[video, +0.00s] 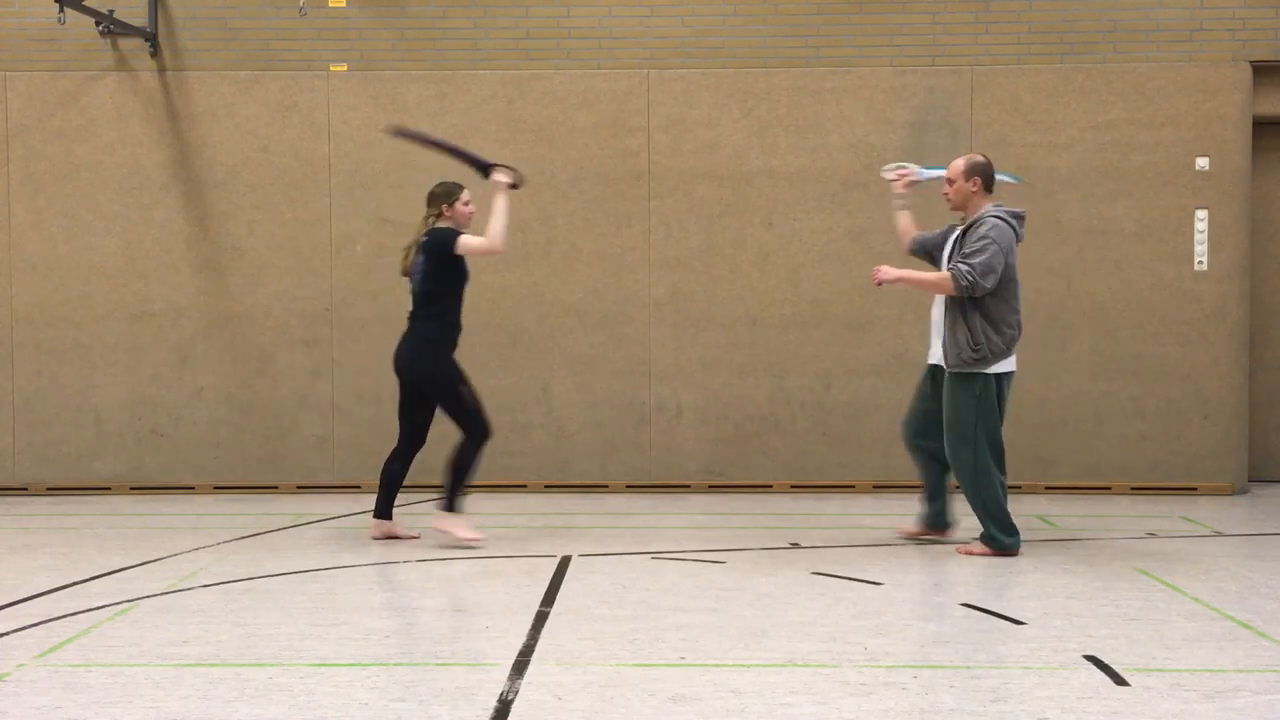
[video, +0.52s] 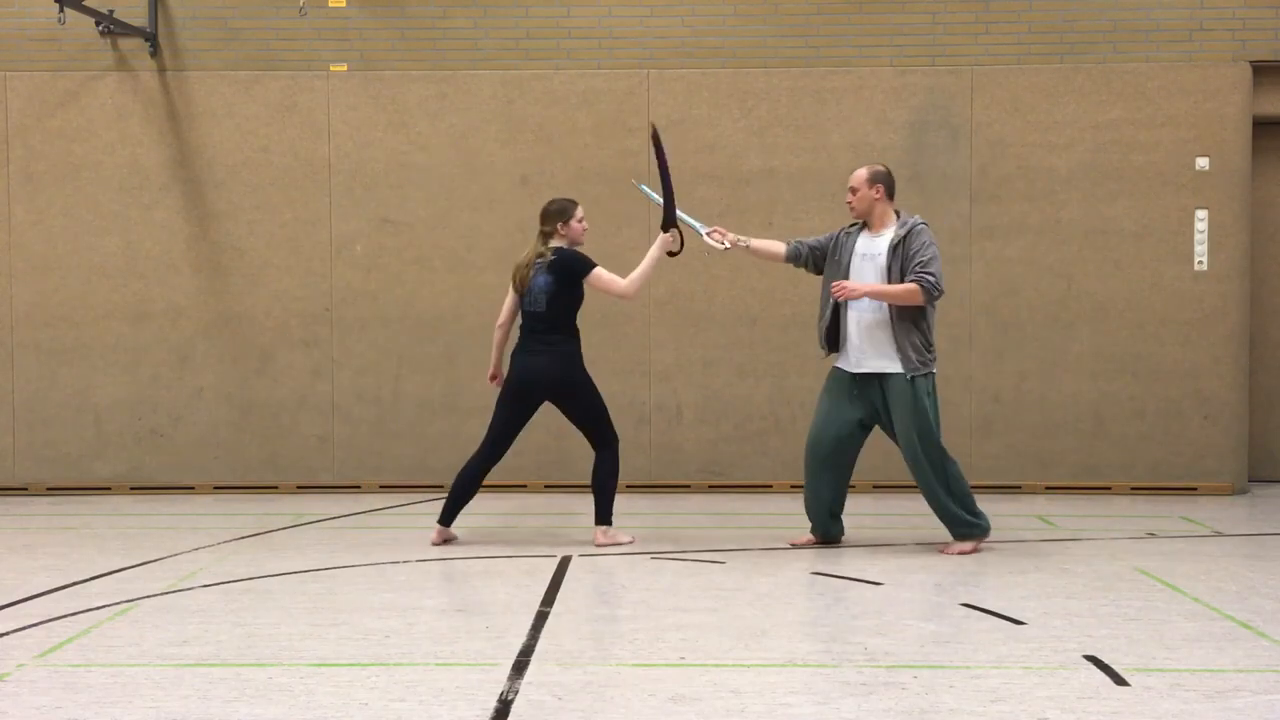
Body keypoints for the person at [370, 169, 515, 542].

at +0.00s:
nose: (472, 209)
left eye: (470, 203)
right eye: (466, 204)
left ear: (444, 210)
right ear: (446, 209)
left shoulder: (428, 241)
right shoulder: (442, 239)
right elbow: (493, 242)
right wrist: (500, 190)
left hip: (413, 354)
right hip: (430, 357)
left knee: (410, 440)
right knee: (477, 430)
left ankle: (381, 520)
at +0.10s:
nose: (500, 216)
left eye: (499, 210)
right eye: (495, 211)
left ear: (469, 218)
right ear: (476, 216)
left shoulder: (444, 256)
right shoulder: (484, 247)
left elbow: (437, 317)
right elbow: (540, 254)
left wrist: (451, 352)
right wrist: (558, 201)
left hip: (444, 360)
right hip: (477, 361)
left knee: (424, 442)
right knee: (525, 437)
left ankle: (388, 522)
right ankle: (562, 519)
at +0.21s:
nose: (527, 227)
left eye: (524, 221)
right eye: (520, 222)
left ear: (495, 231)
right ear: (502, 229)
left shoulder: (468, 269)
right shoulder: (513, 260)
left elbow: (460, 333)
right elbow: (576, 266)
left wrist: (465, 376)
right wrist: (603, 219)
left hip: (478, 375)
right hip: (515, 375)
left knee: (442, 450)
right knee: (567, 446)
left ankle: (393, 522)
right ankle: (599, 526)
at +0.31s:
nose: (554, 236)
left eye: (551, 229)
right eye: (548, 231)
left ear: (520, 239)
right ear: (529, 237)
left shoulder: (500, 279)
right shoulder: (543, 268)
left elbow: (483, 342)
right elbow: (605, 278)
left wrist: (484, 388)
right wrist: (639, 235)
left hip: (506, 385)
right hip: (544, 383)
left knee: (464, 457)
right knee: (599, 446)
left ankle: (408, 525)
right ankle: (603, 529)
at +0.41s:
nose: (574, 232)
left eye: (571, 226)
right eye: (567, 227)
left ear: (540, 235)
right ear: (548, 234)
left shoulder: (517, 273)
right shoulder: (561, 265)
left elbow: (498, 334)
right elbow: (621, 286)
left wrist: (492, 377)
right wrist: (653, 248)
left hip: (519, 380)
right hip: (558, 379)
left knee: (480, 455)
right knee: (607, 444)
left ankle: (428, 528)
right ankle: (604, 529)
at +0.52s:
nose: (586, 226)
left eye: (584, 219)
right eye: (581, 221)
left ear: (552, 229)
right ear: (561, 227)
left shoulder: (529, 264)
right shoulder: (572, 260)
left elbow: (503, 322)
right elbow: (626, 289)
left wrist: (495, 365)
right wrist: (659, 246)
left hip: (524, 371)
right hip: (564, 372)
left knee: (489, 450)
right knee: (606, 443)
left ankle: (442, 527)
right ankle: (603, 530)